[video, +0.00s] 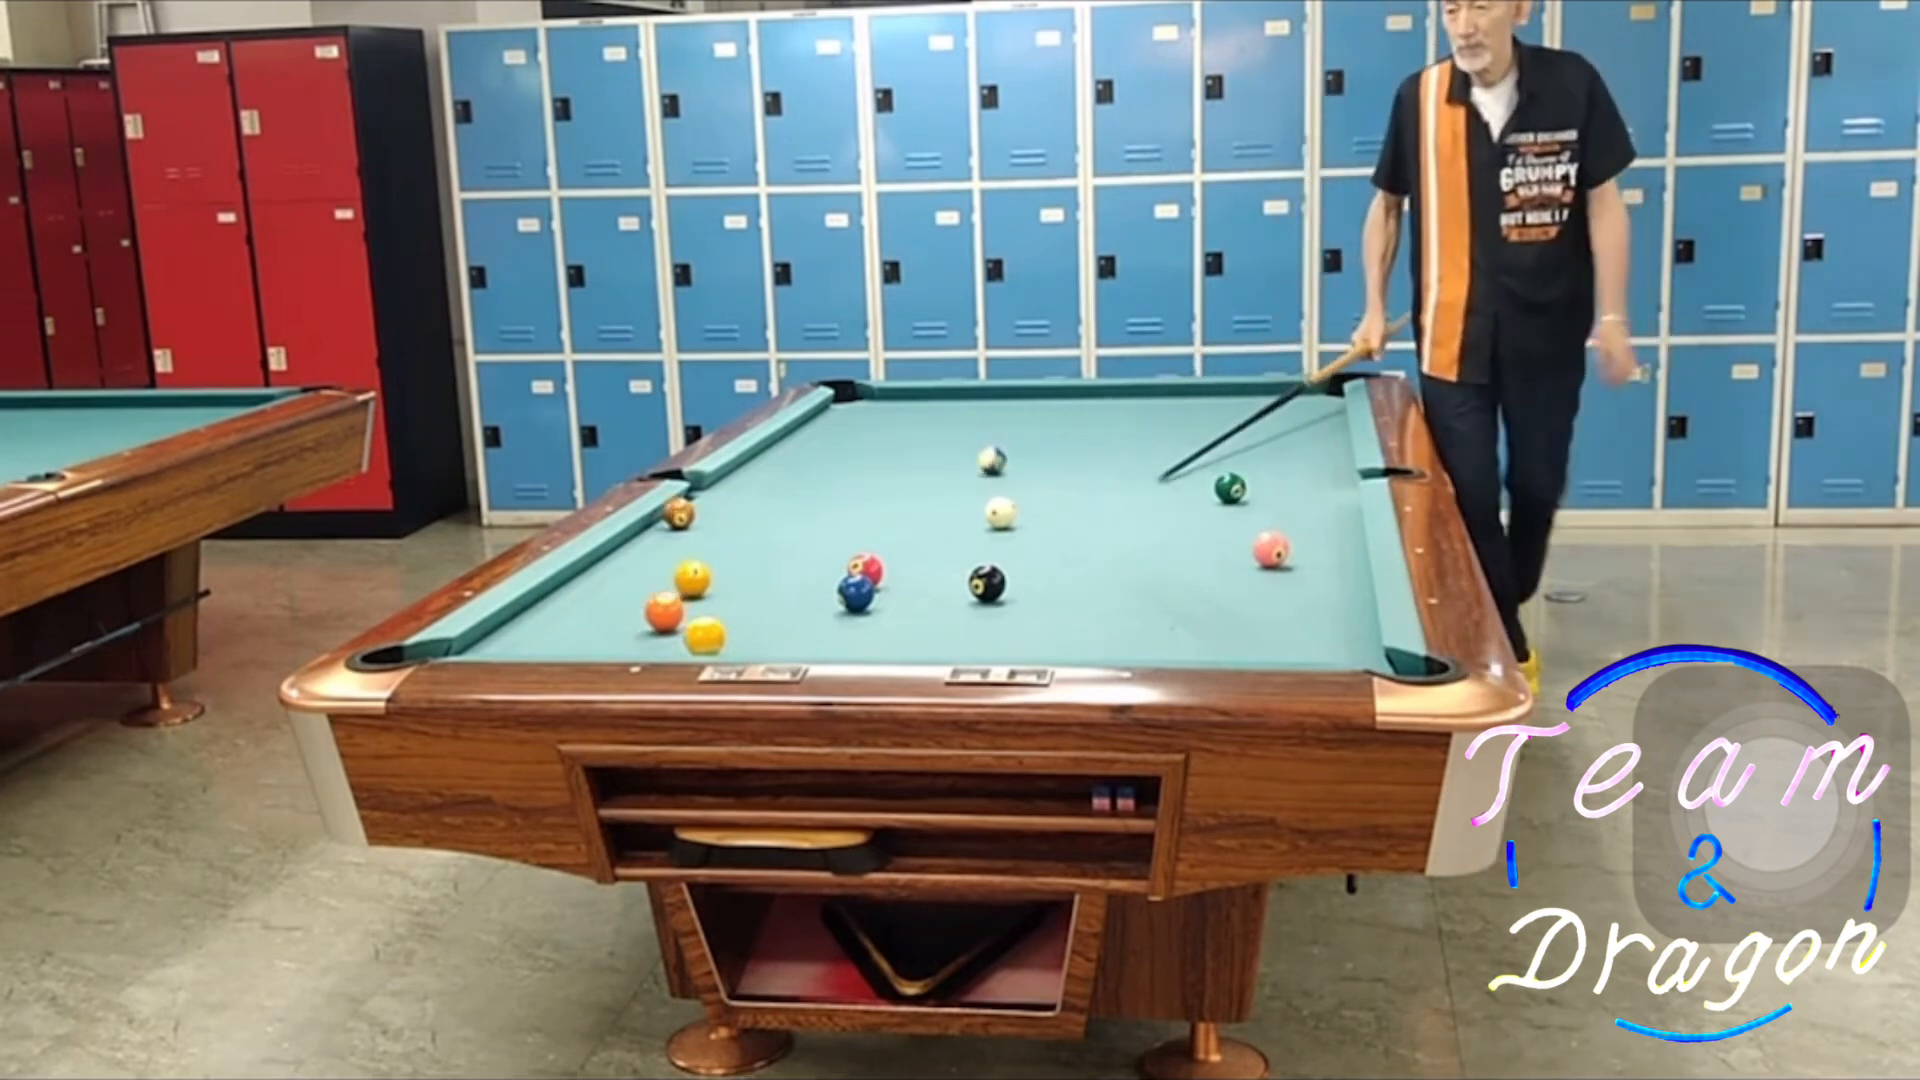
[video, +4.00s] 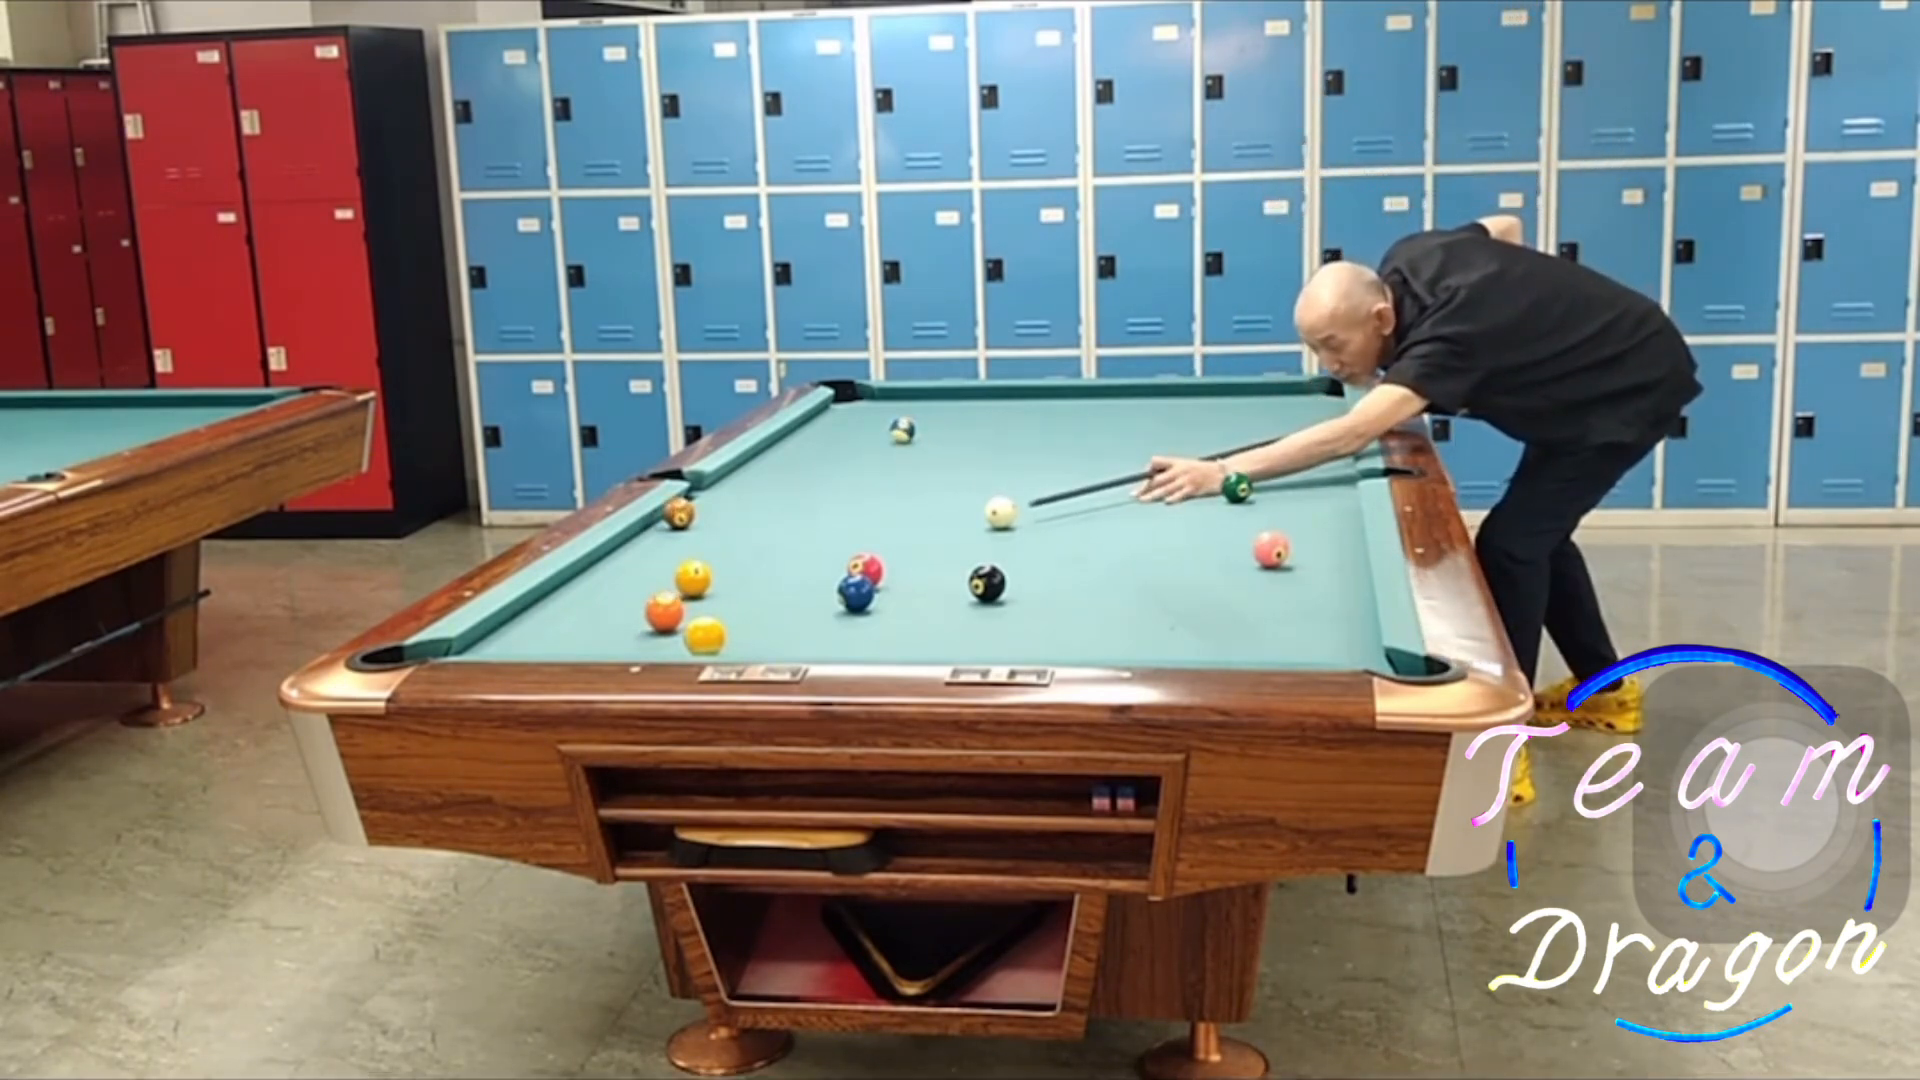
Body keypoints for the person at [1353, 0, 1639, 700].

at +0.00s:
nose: (1464, 24)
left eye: (1481, 8)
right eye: (1453, 10)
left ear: (1518, 11)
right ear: (1441, 17)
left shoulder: (1571, 82)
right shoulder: (1419, 95)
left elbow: (1605, 203)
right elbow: (1387, 207)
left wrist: (1612, 317)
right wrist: (1374, 309)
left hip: (1547, 338)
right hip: (1453, 338)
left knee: (1537, 491)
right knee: (1470, 499)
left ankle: (1510, 601)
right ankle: (1505, 652)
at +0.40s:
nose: (1412, 31)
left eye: (1427, 13)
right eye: (1401, 17)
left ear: (1475, 10)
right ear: (1396, 23)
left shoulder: (1539, 83)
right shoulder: (1405, 95)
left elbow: (1561, 220)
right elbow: (1397, 200)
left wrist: (1495, 323)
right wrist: (1388, 285)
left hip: (1523, 340)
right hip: (1442, 337)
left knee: (1508, 515)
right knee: (1451, 515)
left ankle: (1524, 692)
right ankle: (1458, 681)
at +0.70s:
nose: (1357, 77)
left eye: (1370, 55)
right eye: (1346, 62)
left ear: (1421, 45)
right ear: (1344, 69)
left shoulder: (1482, 113)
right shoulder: (1410, 119)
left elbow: (1478, 257)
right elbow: (1441, 241)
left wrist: (1393, 365)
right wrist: (1434, 328)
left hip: (1521, 342)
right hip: (1469, 338)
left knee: (1473, 514)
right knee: (1446, 507)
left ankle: (1511, 655)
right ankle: (1483, 650)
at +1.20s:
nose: (1310, 163)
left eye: (1318, 141)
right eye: (1300, 149)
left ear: (1366, 119)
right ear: (1361, 123)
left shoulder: (1433, 161)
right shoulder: (1376, 161)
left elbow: (1376, 319)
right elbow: (1447, 238)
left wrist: (1293, 422)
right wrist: (1434, 319)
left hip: (1541, 338)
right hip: (1490, 340)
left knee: (1487, 506)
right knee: (1484, 504)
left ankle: (1531, 671)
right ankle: (1524, 667)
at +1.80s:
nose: (1297, 269)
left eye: (1303, 250)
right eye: (1287, 255)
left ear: (1355, 223)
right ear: (1355, 216)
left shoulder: (1416, 254)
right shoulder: (1404, 196)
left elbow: (1327, 377)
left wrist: (1222, 464)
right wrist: (1470, 337)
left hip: (1572, 366)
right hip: (1608, 340)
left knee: (1498, 546)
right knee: (1557, 537)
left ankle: (1500, 735)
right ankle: (1612, 690)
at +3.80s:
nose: (1322, 357)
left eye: (1330, 340)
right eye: (1314, 342)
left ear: (1383, 315)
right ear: (1373, 301)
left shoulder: (1444, 342)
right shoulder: (1413, 257)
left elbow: (1349, 433)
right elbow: (1506, 231)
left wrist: (1221, 472)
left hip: (1634, 380)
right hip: (1612, 356)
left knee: (1508, 545)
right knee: (1539, 537)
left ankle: (1510, 706)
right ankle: (1608, 692)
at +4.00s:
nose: (1324, 362)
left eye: (1331, 346)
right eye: (1317, 348)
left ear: (1380, 318)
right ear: (1370, 303)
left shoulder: (1443, 341)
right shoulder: (1411, 257)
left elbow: (1348, 433)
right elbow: (1504, 230)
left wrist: (1221, 472)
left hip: (1633, 378)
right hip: (1614, 353)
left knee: (1508, 544)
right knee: (1539, 536)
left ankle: (1510, 707)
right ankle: (1607, 693)